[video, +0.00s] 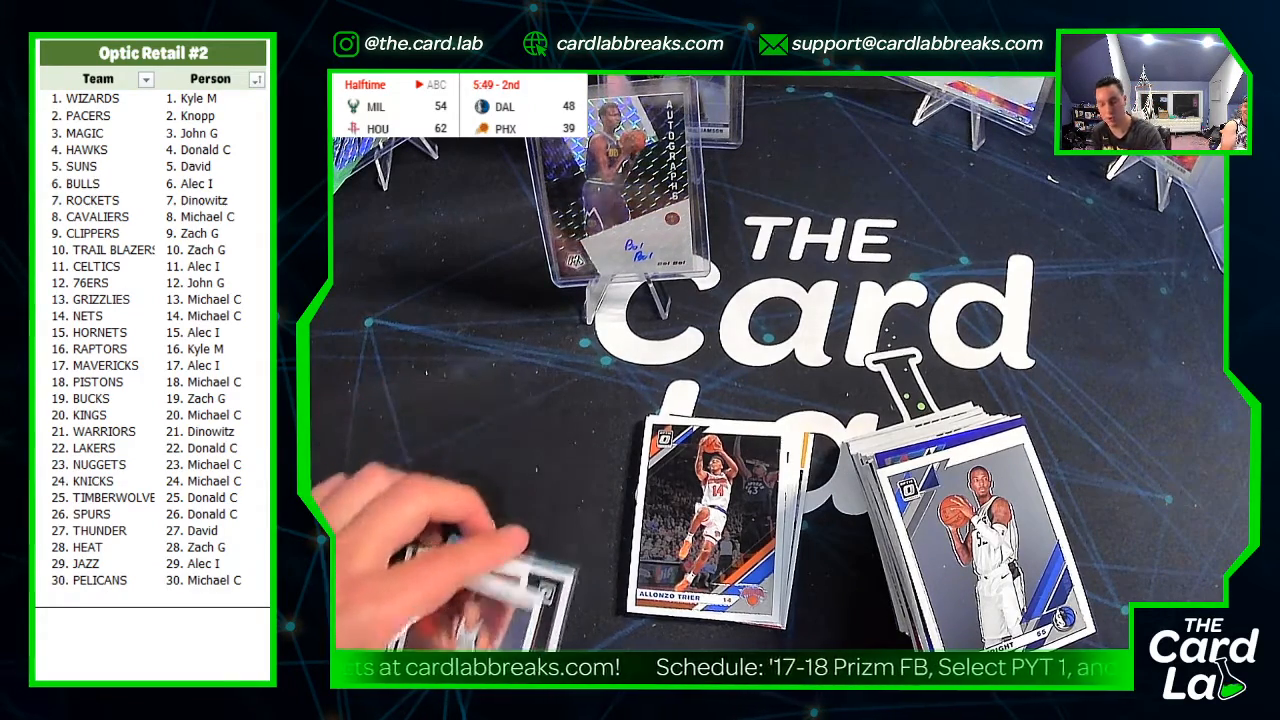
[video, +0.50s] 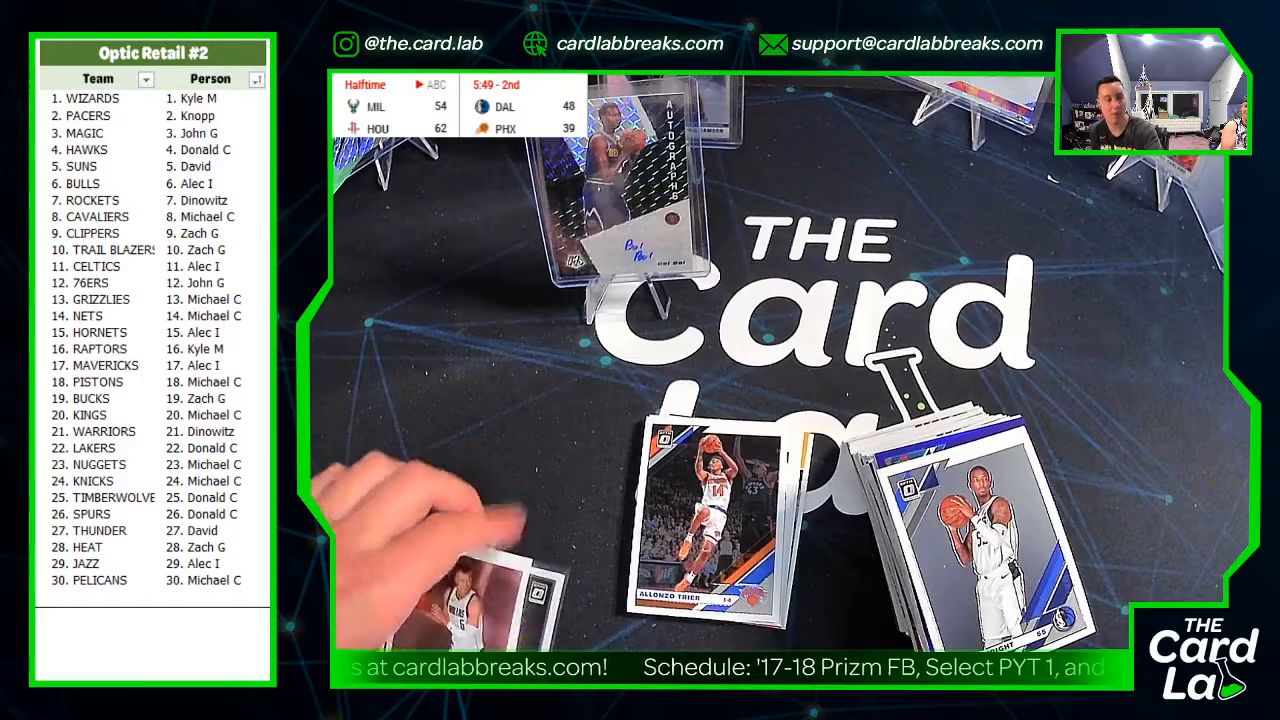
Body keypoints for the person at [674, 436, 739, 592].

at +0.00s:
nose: (714, 463)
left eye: (717, 461)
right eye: (713, 461)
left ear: (721, 465)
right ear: (710, 465)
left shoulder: (727, 476)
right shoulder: (706, 476)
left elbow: (734, 468)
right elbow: (698, 470)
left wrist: (722, 452)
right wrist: (700, 451)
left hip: (721, 512)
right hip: (706, 507)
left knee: (707, 550)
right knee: (704, 512)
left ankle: (688, 578)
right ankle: (688, 540)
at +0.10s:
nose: (714, 463)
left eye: (717, 461)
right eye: (713, 461)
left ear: (721, 465)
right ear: (710, 465)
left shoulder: (727, 476)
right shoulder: (706, 477)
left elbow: (734, 469)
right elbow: (699, 470)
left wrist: (722, 452)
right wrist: (700, 451)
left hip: (721, 513)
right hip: (706, 507)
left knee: (707, 550)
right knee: (704, 512)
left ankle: (688, 579)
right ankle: (688, 540)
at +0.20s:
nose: (714, 463)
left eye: (717, 461)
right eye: (713, 461)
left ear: (721, 465)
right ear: (710, 465)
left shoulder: (727, 476)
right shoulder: (706, 477)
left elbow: (734, 469)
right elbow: (699, 470)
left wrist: (722, 452)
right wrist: (700, 451)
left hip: (721, 513)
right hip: (706, 507)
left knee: (707, 550)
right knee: (704, 512)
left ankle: (688, 579)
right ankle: (688, 540)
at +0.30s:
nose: (714, 463)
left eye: (717, 461)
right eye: (713, 461)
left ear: (721, 465)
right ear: (710, 465)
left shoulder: (727, 476)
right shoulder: (706, 476)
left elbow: (734, 468)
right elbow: (698, 470)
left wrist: (722, 452)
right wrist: (700, 451)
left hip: (721, 512)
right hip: (706, 507)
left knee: (707, 550)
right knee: (704, 512)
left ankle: (688, 578)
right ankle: (688, 540)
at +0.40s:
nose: (714, 463)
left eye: (717, 461)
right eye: (713, 461)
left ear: (721, 465)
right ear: (710, 465)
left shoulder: (727, 475)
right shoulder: (706, 476)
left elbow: (734, 469)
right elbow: (699, 470)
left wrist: (722, 452)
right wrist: (700, 451)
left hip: (721, 513)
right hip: (707, 507)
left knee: (707, 550)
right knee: (704, 511)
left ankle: (688, 579)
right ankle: (688, 540)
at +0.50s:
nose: (714, 463)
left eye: (717, 461)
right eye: (713, 461)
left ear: (721, 465)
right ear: (710, 465)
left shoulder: (727, 476)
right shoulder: (706, 476)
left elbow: (734, 469)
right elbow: (699, 470)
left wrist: (722, 452)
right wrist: (700, 451)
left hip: (721, 513)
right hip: (707, 507)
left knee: (707, 550)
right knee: (704, 511)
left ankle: (688, 579)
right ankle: (688, 540)